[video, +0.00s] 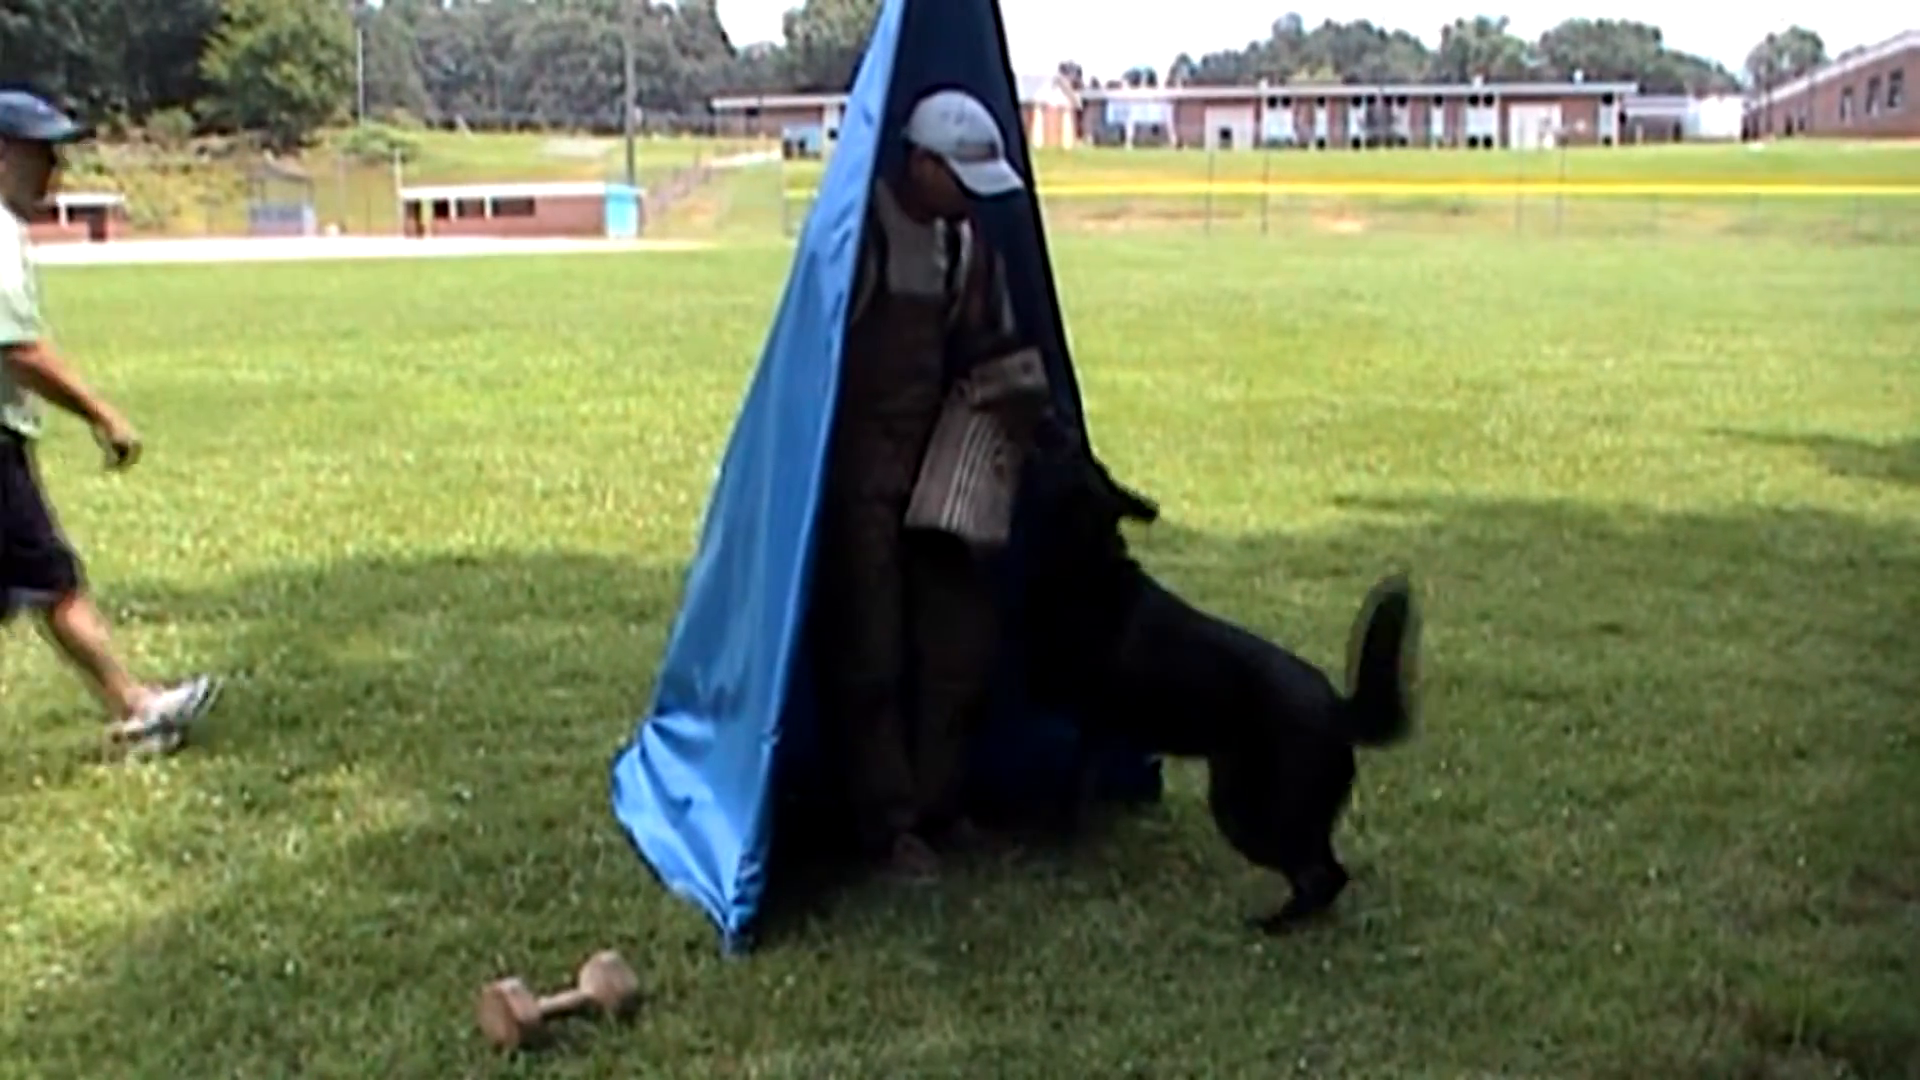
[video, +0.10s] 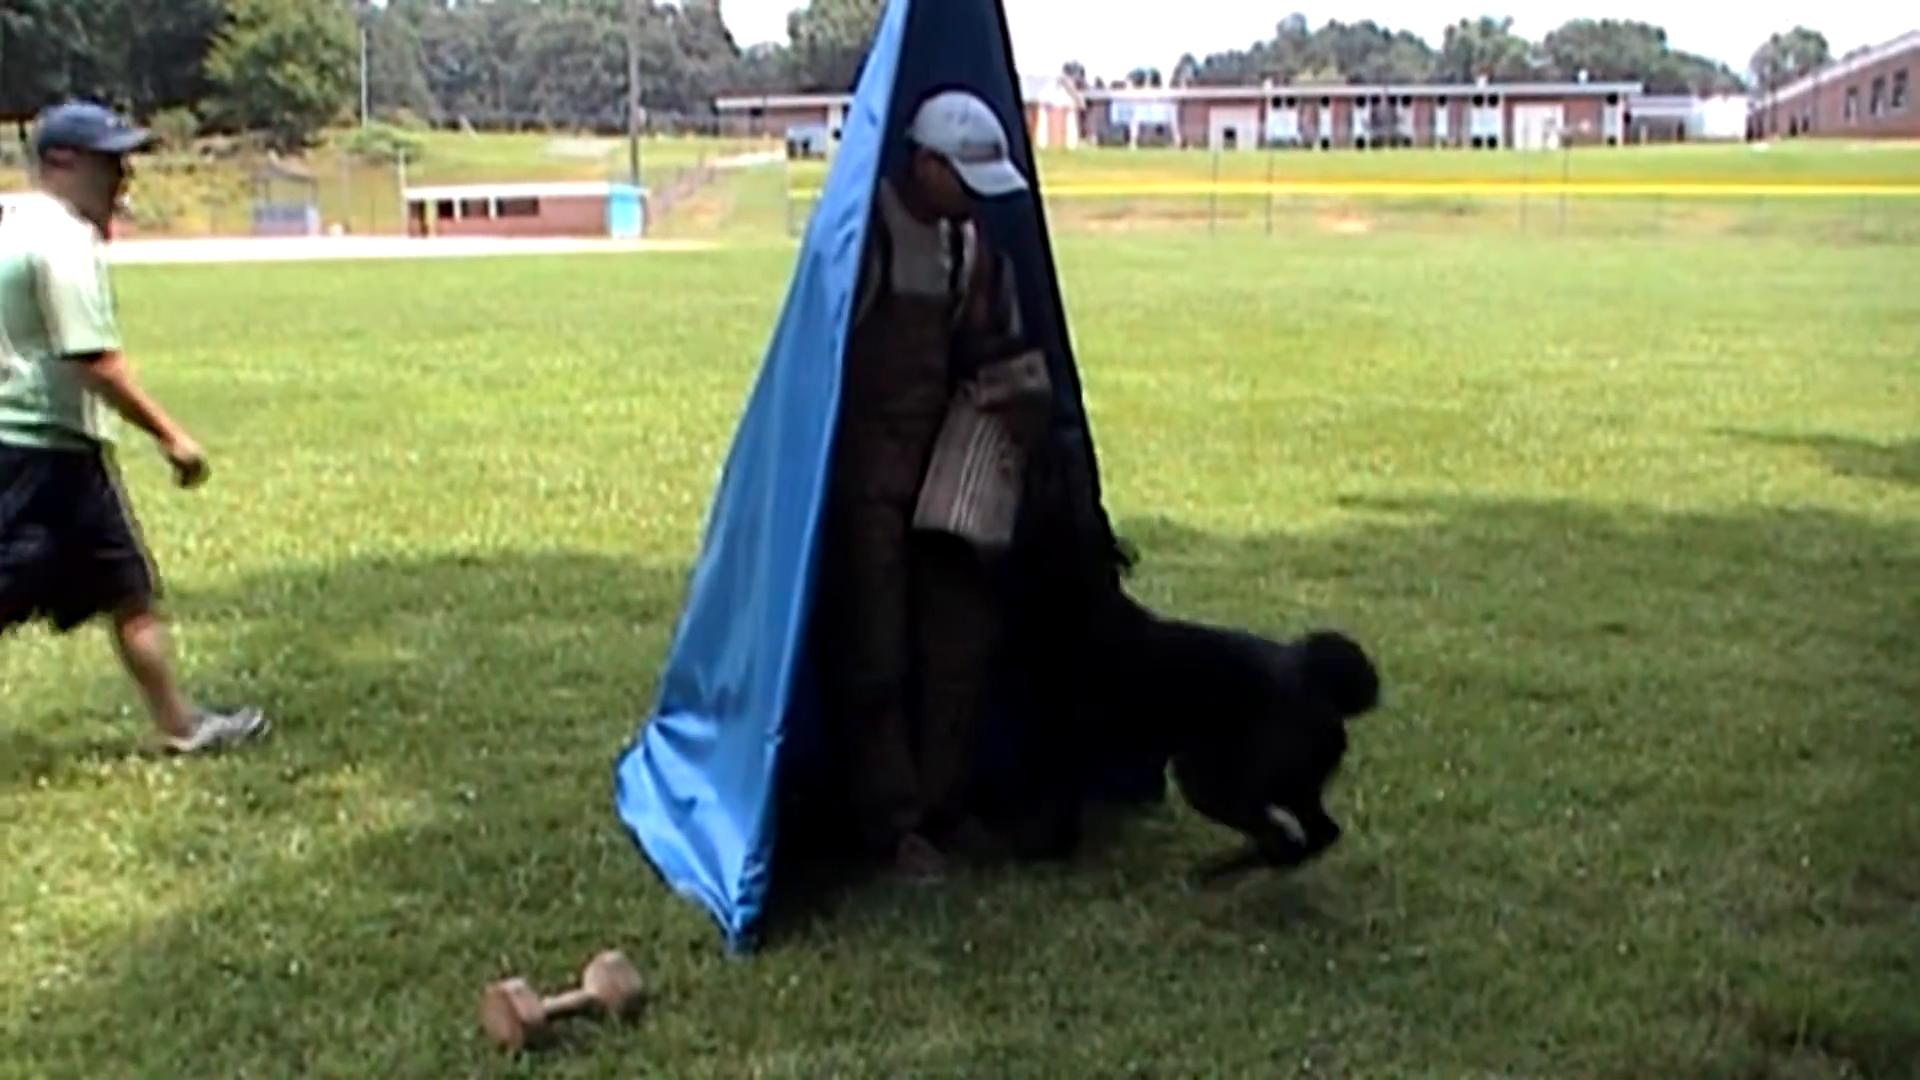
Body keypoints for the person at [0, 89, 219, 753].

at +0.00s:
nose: (53, 172)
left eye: (55, 157)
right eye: (42, 156)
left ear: (27, 158)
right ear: (5, 157)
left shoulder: (11, 233)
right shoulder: (5, 235)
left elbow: (21, 347)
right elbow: (17, 347)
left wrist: (98, 416)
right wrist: (101, 417)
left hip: (12, 441)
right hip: (4, 444)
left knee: (49, 583)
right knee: (54, 583)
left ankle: (132, 701)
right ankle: (132, 702)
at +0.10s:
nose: (123, 180)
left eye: (123, 165)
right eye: (111, 165)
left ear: (59, 167)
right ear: (62, 164)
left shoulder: (21, 222)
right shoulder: (61, 239)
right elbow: (92, 357)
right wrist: (171, 435)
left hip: (20, 446)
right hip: (52, 453)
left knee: (130, 598)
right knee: (130, 596)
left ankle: (178, 723)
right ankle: (179, 724)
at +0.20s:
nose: (191, 174)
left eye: (191, 161)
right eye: (179, 161)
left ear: (128, 162)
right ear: (132, 159)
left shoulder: (88, 219)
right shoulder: (134, 231)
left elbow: (93, 342)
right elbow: (157, 353)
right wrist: (214, 442)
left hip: (89, 429)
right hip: (125, 436)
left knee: (171, 581)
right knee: (152, 584)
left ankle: (201, 725)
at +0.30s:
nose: (254, 160)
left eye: (254, 146)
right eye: (241, 147)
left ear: (188, 149)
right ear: (192, 146)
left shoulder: (157, 210)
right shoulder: (189, 219)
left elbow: (171, 339)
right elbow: (203, 341)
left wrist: (224, 415)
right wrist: (249, 424)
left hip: (149, 415)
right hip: (177, 418)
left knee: (200, 576)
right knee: (236, 577)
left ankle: (206, 721)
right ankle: (109, 674)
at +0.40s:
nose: (308, 164)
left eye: (309, 149)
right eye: (298, 148)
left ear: (247, 148)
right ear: (252, 145)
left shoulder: (211, 203)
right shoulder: (244, 213)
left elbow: (216, 326)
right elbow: (249, 330)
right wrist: (294, 419)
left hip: (189, 409)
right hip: (228, 413)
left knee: (208, 565)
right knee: (329, 548)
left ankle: (206, 715)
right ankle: (270, 698)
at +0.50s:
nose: (367, 172)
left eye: (368, 159)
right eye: (357, 158)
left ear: (309, 156)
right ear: (312, 153)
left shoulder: (272, 212)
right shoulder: (301, 224)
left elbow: (303, 329)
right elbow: (297, 336)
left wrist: (362, 378)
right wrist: (341, 422)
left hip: (244, 422)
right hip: (290, 427)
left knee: (225, 575)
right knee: (376, 561)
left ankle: (210, 717)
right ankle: (419, 703)